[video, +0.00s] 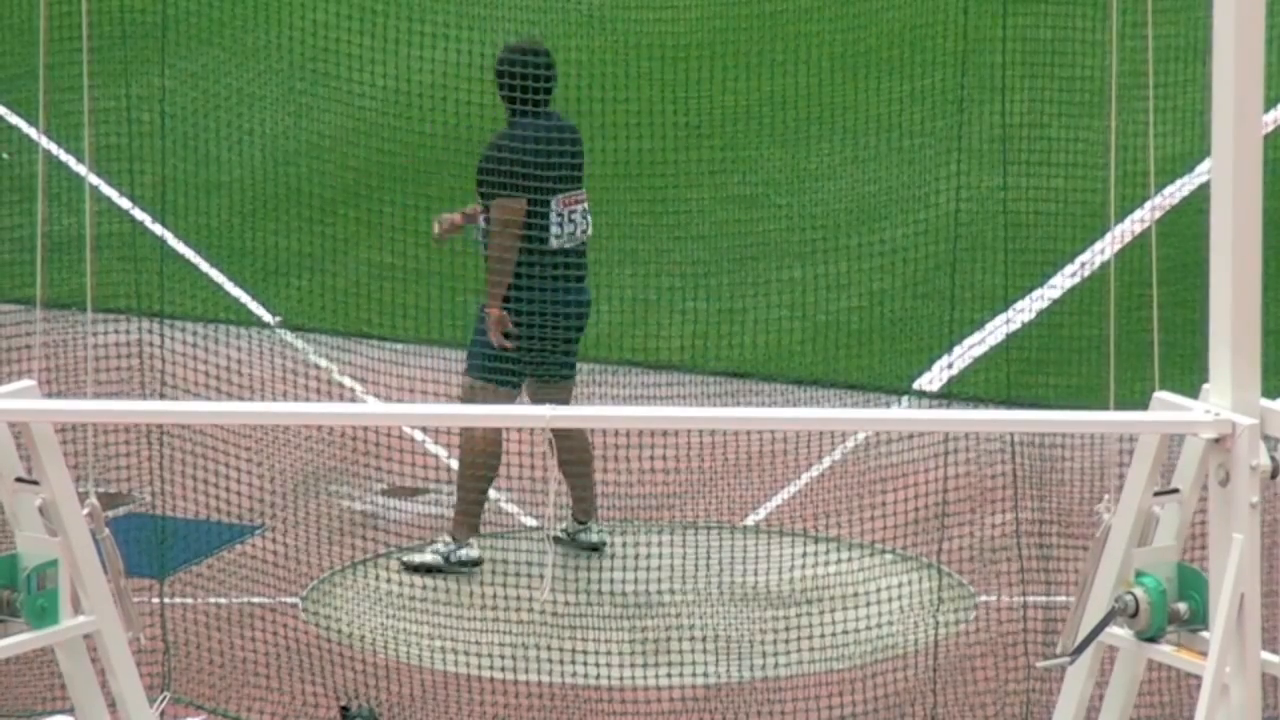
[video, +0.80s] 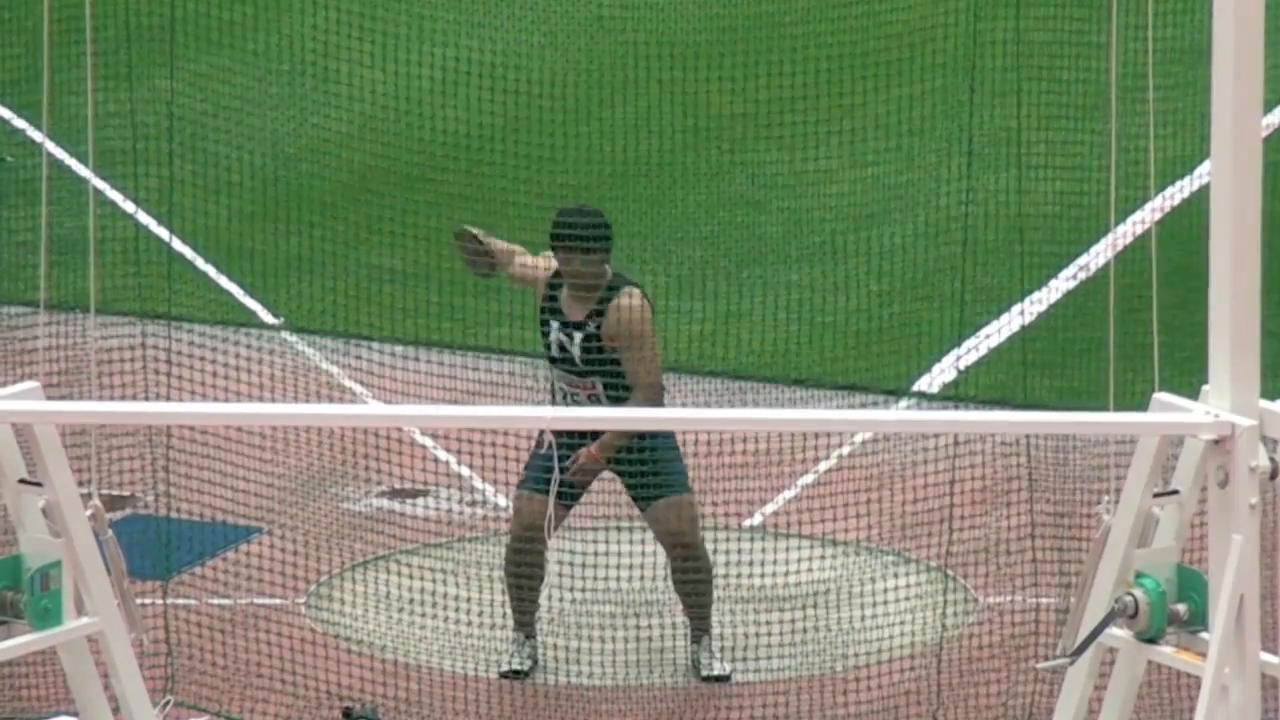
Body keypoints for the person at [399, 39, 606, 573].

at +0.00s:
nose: (499, 89)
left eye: (500, 81)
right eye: (507, 79)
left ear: (504, 87)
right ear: (548, 84)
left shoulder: (507, 150)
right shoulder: (567, 136)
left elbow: (509, 232)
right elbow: (538, 201)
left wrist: (493, 302)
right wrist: (472, 216)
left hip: (519, 299)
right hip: (568, 299)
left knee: (481, 412)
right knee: (557, 408)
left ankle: (461, 541)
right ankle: (586, 524)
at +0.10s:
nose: (516, 81)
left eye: (516, 73)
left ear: (516, 79)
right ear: (562, 78)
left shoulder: (515, 140)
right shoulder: (584, 134)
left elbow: (503, 226)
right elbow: (582, 214)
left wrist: (485, 292)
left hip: (523, 297)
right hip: (579, 297)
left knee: (484, 403)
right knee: (564, 403)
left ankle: (473, 532)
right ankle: (586, 524)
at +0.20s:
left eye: (528, 68)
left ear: (524, 74)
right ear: (573, 75)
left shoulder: (516, 138)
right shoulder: (595, 131)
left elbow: (496, 222)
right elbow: (607, 199)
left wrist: (465, 287)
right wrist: (619, 240)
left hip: (526, 294)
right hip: (585, 293)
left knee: (485, 393)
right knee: (568, 399)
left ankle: (510, 523)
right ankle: (587, 522)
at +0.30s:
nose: (544, 77)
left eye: (539, 67)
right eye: (554, 67)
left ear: (532, 74)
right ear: (581, 73)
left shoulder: (517, 135)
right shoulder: (604, 129)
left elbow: (486, 214)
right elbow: (650, 182)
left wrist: (455, 277)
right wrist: (687, 221)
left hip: (526, 293)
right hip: (587, 293)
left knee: (502, 401)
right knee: (575, 402)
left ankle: (520, 528)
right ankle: (586, 522)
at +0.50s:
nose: (565, 76)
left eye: (556, 65)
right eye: (572, 65)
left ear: (542, 70)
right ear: (591, 71)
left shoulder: (517, 128)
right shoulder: (613, 126)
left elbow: (481, 192)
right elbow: (677, 161)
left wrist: (454, 257)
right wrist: (719, 208)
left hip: (533, 284)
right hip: (595, 284)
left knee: (496, 385)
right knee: (580, 398)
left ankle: (517, 509)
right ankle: (588, 522)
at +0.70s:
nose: (567, 260)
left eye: (577, 250)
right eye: (559, 250)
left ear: (596, 252)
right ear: (547, 251)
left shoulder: (620, 303)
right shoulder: (540, 282)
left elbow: (647, 392)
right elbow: (510, 311)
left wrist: (606, 451)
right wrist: (494, 313)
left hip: (633, 427)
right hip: (570, 425)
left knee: (679, 538)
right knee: (524, 525)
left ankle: (703, 642)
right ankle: (524, 641)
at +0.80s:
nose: (589, 266)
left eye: (597, 256)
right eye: (578, 256)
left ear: (608, 255)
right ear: (558, 257)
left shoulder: (628, 307)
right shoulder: (548, 279)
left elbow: (650, 397)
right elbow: (513, 261)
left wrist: (600, 451)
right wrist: (487, 253)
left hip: (634, 430)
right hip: (570, 427)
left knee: (683, 538)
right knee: (525, 527)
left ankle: (702, 642)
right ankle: (524, 641)